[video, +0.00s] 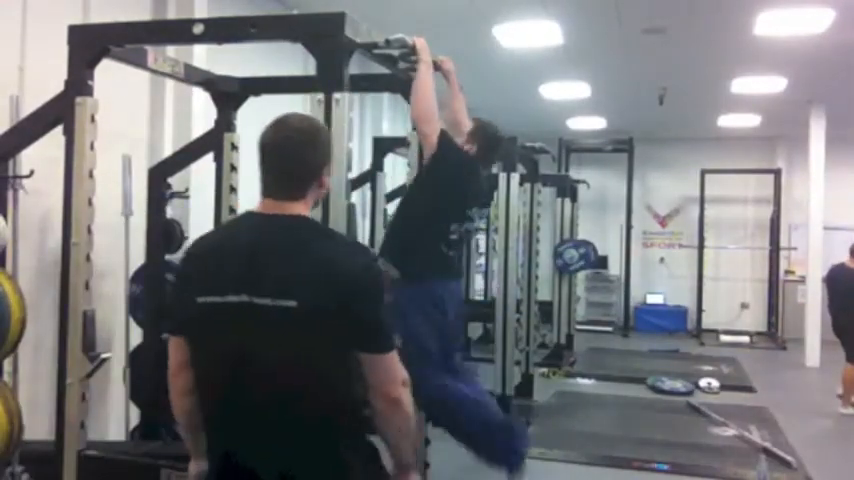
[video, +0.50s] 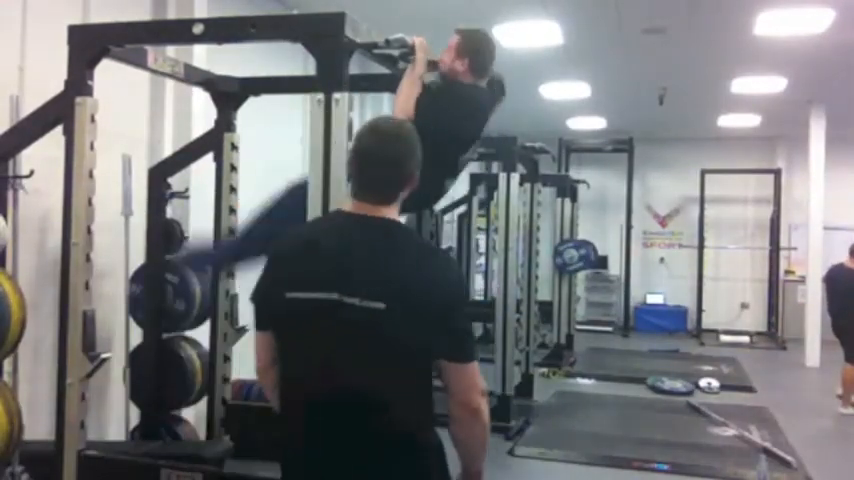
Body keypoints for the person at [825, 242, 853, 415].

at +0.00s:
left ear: (849, 254)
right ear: (852, 255)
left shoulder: (835, 272)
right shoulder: (843, 273)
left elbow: (832, 302)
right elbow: (833, 303)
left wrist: (836, 319)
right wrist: (838, 320)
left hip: (839, 323)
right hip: (848, 324)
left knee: (850, 358)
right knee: (850, 361)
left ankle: (844, 389)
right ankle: (847, 401)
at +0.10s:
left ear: (849, 254)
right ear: (851, 255)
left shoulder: (834, 272)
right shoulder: (842, 273)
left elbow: (832, 303)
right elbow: (833, 304)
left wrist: (837, 320)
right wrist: (838, 321)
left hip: (839, 324)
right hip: (848, 325)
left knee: (850, 359)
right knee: (850, 361)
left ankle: (845, 390)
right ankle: (847, 401)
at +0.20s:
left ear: (849, 254)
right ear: (851, 255)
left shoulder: (834, 272)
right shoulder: (843, 273)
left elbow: (832, 304)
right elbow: (834, 304)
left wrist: (837, 321)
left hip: (839, 324)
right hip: (848, 325)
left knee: (850, 359)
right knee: (850, 361)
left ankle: (844, 389)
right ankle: (847, 401)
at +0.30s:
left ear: (849, 254)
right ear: (851, 255)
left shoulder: (834, 272)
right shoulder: (843, 274)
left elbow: (832, 304)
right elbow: (833, 305)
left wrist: (837, 320)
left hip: (839, 323)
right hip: (848, 325)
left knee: (849, 358)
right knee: (850, 361)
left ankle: (844, 388)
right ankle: (847, 402)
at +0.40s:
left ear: (849, 254)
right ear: (851, 255)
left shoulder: (834, 272)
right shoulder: (843, 273)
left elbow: (832, 304)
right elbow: (833, 305)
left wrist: (837, 320)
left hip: (839, 324)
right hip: (848, 325)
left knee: (849, 359)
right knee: (850, 361)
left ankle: (845, 389)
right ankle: (847, 402)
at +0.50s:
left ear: (849, 254)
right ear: (851, 255)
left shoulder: (834, 272)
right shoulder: (843, 273)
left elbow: (831, 304)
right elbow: (833, 305)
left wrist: (836, 319)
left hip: (839, 323)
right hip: (848, 324)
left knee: (849, 358)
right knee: (849, 361)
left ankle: (844, 388)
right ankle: (846, 402)